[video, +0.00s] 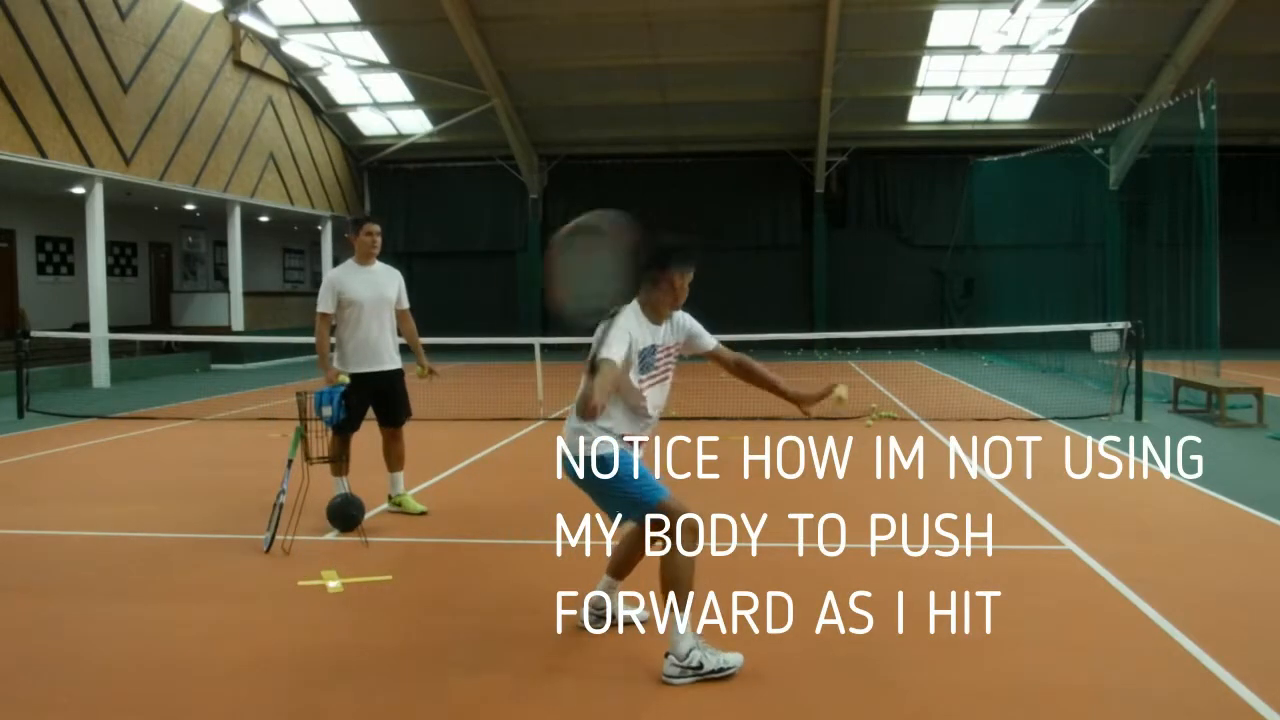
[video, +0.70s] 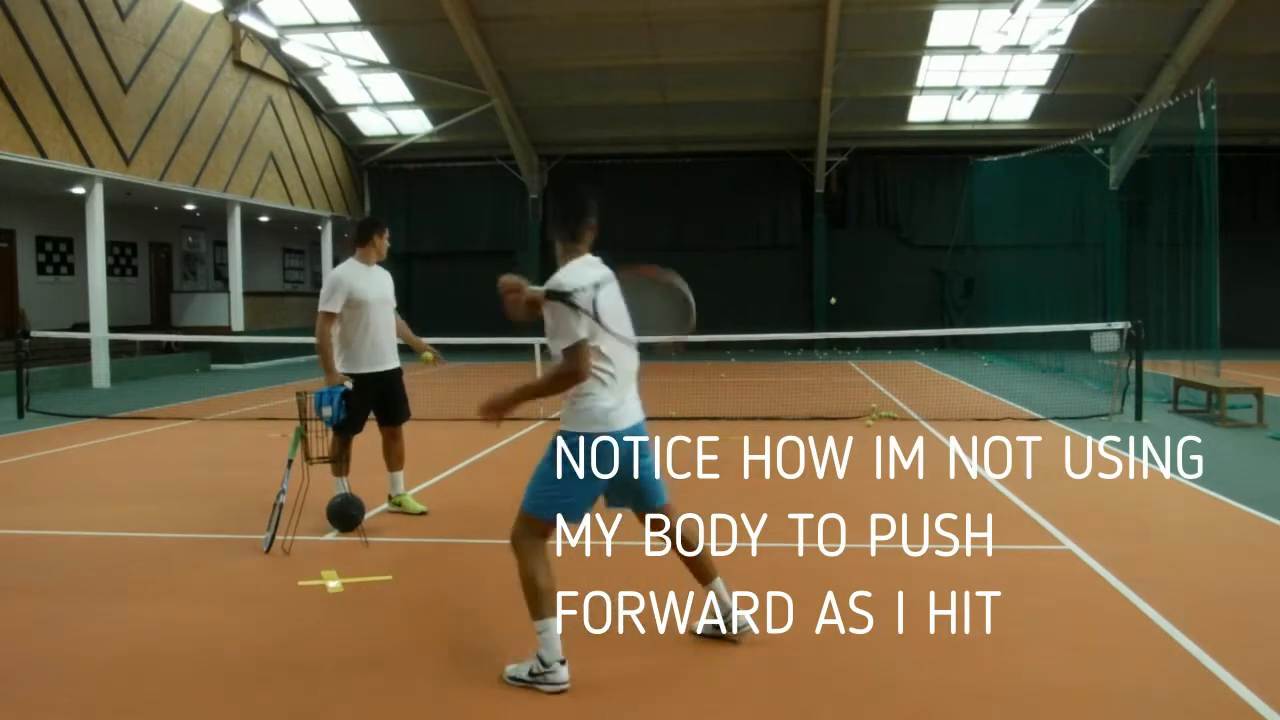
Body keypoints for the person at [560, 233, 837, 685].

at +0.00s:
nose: (686, 289)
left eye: (688, 281)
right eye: (680, 280)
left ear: (680, 285)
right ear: (656, 281)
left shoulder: (678, 321)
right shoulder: (624, 324)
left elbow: (733, 362)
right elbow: (607, 368)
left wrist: (795, 396)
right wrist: (595, 396)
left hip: (621, 446)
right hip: (593, 446)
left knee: (649, 521)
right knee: (680, 524)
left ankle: (599, 603)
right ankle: (683, 650)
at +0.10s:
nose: (681, 282)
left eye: (683, 274)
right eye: (675, 274)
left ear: (675, 275)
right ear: (652, 273)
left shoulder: (673, 308)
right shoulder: (622, 319)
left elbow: (705, 339)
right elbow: (615, 378)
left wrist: (744, 368)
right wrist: (603, 428)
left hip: (631, 440)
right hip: (603, 444)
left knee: (642, 518)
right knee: (681, 526)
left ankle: (600, 602)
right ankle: (679, 646)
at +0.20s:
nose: (677, 249)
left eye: (676, 239)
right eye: (675, 240)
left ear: (640, 238)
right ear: (662, 241)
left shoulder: (613, 276)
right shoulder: (645, 294)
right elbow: (659, 372)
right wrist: (656, 434)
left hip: (590, 423)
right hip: (626, 427)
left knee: (631, 506)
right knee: (678, 517)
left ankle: (601, 599)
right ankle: (676, 636)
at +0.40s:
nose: (667, 207)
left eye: (665, 200)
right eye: (666, 200)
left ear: (621, 200)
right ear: (656, 203)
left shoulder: (582, 246)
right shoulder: (667, 256)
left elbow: (540, 301)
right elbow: (699, 255)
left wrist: (580, 284)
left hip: (589, 402)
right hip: (650, 401)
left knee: (577, 503)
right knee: (670, 497)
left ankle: (577, 606)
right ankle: (695, 607)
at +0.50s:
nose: (657, 220)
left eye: (651, 212)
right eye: (657, 213)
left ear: (614, 219)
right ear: (652, 218)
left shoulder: (588, 274)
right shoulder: (658, 259)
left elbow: (555, 338)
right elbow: (628, 221)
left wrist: (593, 323)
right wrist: (586, 209)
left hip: (599, 425)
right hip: (657, 419)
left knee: (555, 519)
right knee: (681, 513)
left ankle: (532, 633)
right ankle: (732, 611)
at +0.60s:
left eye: (593, 231)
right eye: (627, 232)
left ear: (586, 234)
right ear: (627, 234)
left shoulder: (585, 292)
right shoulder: (633, 272)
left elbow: (576, 372)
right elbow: (587, 259)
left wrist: (538, 347)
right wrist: (547, 252)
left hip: (611, 434)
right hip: (657, 423)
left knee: (544, 530)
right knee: (673, 519)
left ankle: (538, 653)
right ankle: (734, 615)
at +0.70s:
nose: (587, 234)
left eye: (555, 226)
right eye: (591, 226)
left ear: (548, 228)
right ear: (592, 229)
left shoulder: (562, 288)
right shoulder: (600, 272)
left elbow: (577, 367)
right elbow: (579, 311)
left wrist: (512, 398)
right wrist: (535, 302)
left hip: (587, 438)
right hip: (630, 430)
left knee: (528, 537)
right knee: (664, 520)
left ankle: (549, 662)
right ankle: (729, 611)